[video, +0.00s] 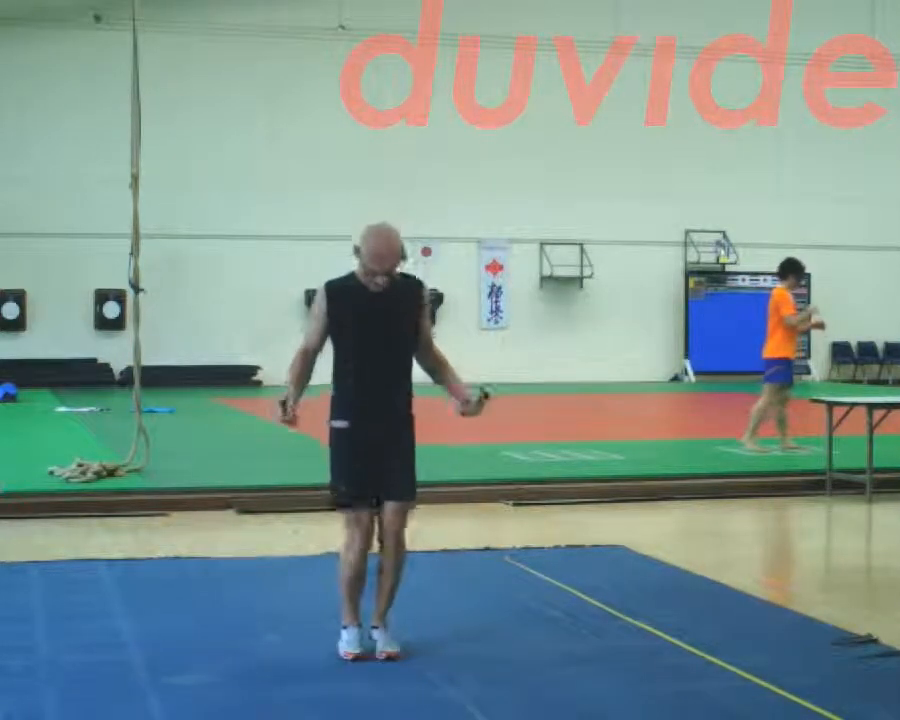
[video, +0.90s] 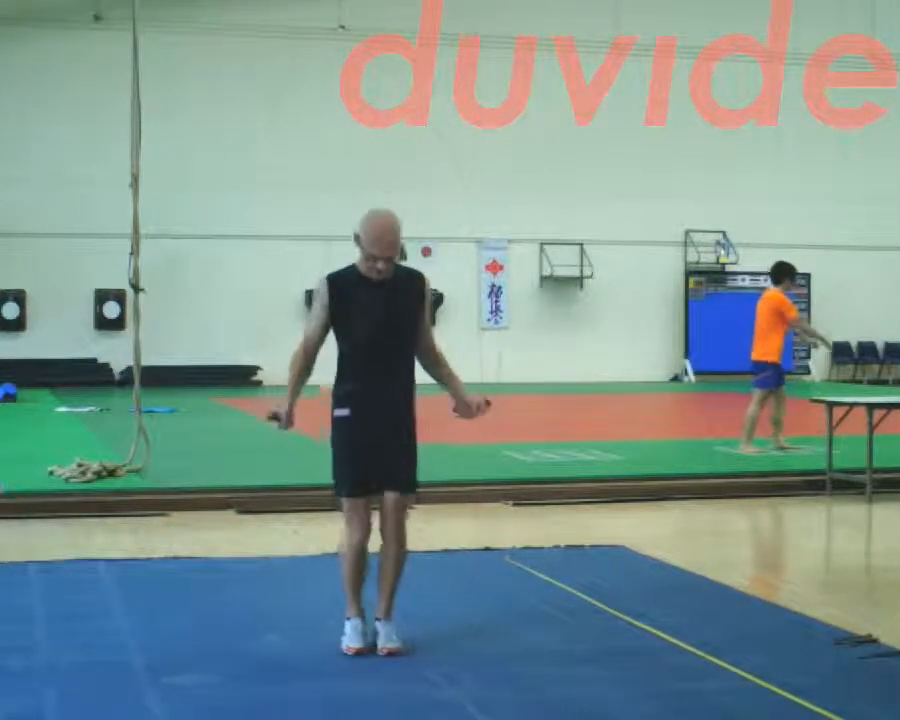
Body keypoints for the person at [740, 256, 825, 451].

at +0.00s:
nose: (800, 282)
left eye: (801, 278)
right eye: (799, 278)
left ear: (786, 276)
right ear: (790, 276)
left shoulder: (784, 295)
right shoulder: (781, 294)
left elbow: (792, 326)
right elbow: (790, 320)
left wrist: (811, 325)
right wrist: (808, 313)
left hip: (783, 354)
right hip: (777, 354)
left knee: (783, 399)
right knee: (769, 397)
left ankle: (784, 440)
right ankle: (749, 437)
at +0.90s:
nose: (793, 284)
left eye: (793, 279)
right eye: (792, 280)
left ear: (775, 278)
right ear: (786, 280)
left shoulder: (767, 297)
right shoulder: (779, 298)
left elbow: (787, 324)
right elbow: (798, 323)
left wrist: (806, 338)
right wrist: (820, 338)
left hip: (763, 356)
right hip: (768, 358)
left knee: (778, 398)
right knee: (759, 400)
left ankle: (778, 439)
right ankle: (746, 442)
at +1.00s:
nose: (801, 286)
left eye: (801, 281)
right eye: (800, 281)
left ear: (783, 280)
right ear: (793, 281)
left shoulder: (771, 299)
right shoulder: (785, 302)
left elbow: (767, 331)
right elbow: (794, 333)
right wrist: (804, 359)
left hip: (766, 357)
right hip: (773, 359)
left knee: (783, 398)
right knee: (763, 399)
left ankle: (778, 439)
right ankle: (748, 441)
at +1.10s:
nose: (810, 286)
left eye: (811, 282)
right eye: (810, 282)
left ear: (795, 279)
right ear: (803, 280)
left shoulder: (782, 294)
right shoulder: (790, 296)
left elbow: (757, 305)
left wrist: (730, 308)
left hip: (773, 351)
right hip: (773, 352)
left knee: (781, 395)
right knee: (769, 394)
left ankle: (778, 437)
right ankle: (752, 440)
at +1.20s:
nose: (816, 292)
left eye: (818, 289)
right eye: (817, 287)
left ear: (804, 281)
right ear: (810, 284)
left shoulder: (783, 291)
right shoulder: (795, 292)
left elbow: (758, 286)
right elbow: (773, 282)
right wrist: (747, 273)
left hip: (769, 344)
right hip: (769, 345)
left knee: (778, 393)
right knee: (771, 392)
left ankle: (779, 435)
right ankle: (767, 436)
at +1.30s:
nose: (817, 310)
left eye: (820, 306)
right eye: (819, 305)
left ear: (809, 294)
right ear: (813, 298)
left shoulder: (784, 296)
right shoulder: (797, 300)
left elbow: (765, 285)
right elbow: (776, 280)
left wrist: (753, 268)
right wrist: (756, 264)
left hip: (760, 346)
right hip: (767, 348)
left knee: (775, 394)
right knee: (776, 395)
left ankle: (773, 437)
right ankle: (773, 438)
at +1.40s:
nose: (818, 335)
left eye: (820, 331)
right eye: (819, 330)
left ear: (810, 320)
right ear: (813, 324)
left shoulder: (789, 319)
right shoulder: (794, 321)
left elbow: (773, 304)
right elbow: (774, 302)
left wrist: (762, 280)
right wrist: (763, 280)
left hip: (752, 363)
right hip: (760, 366)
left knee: (778, 402)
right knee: (782, 403)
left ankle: (772, 440)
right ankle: (773, 442)